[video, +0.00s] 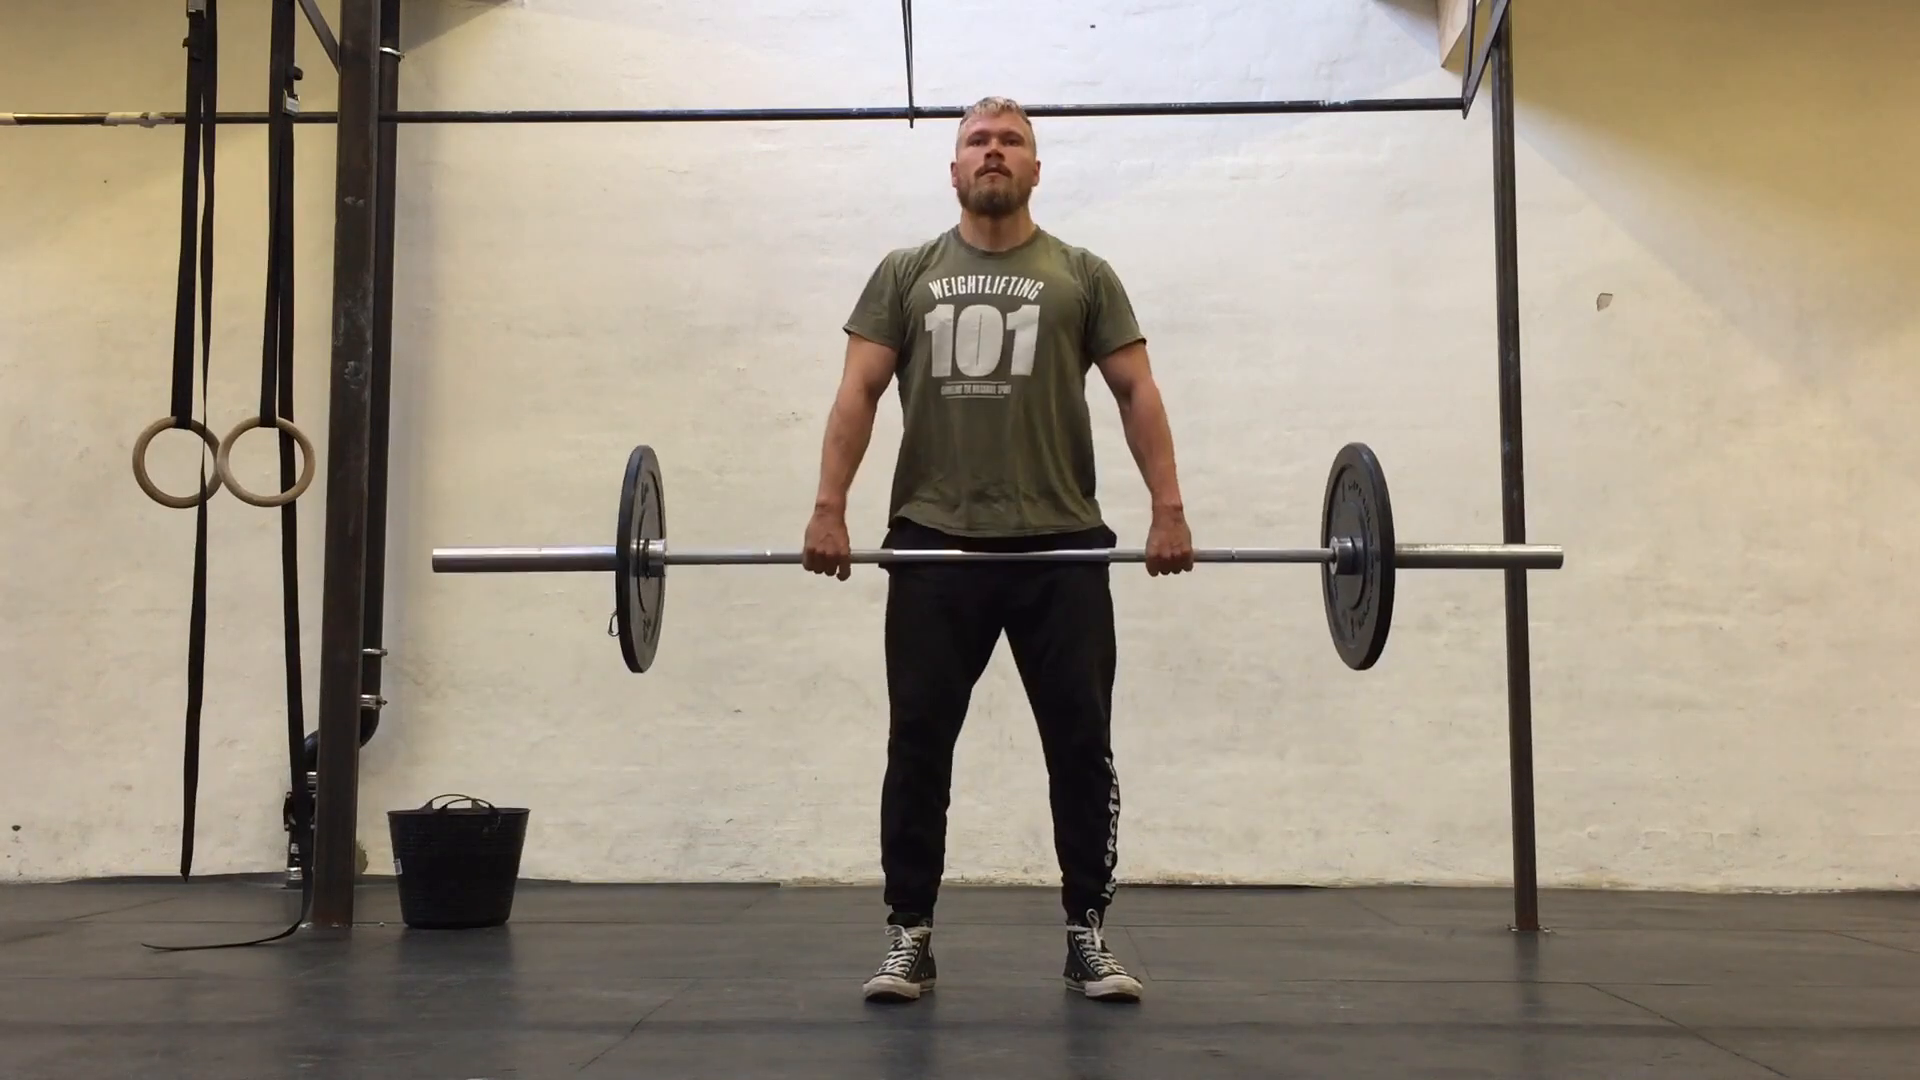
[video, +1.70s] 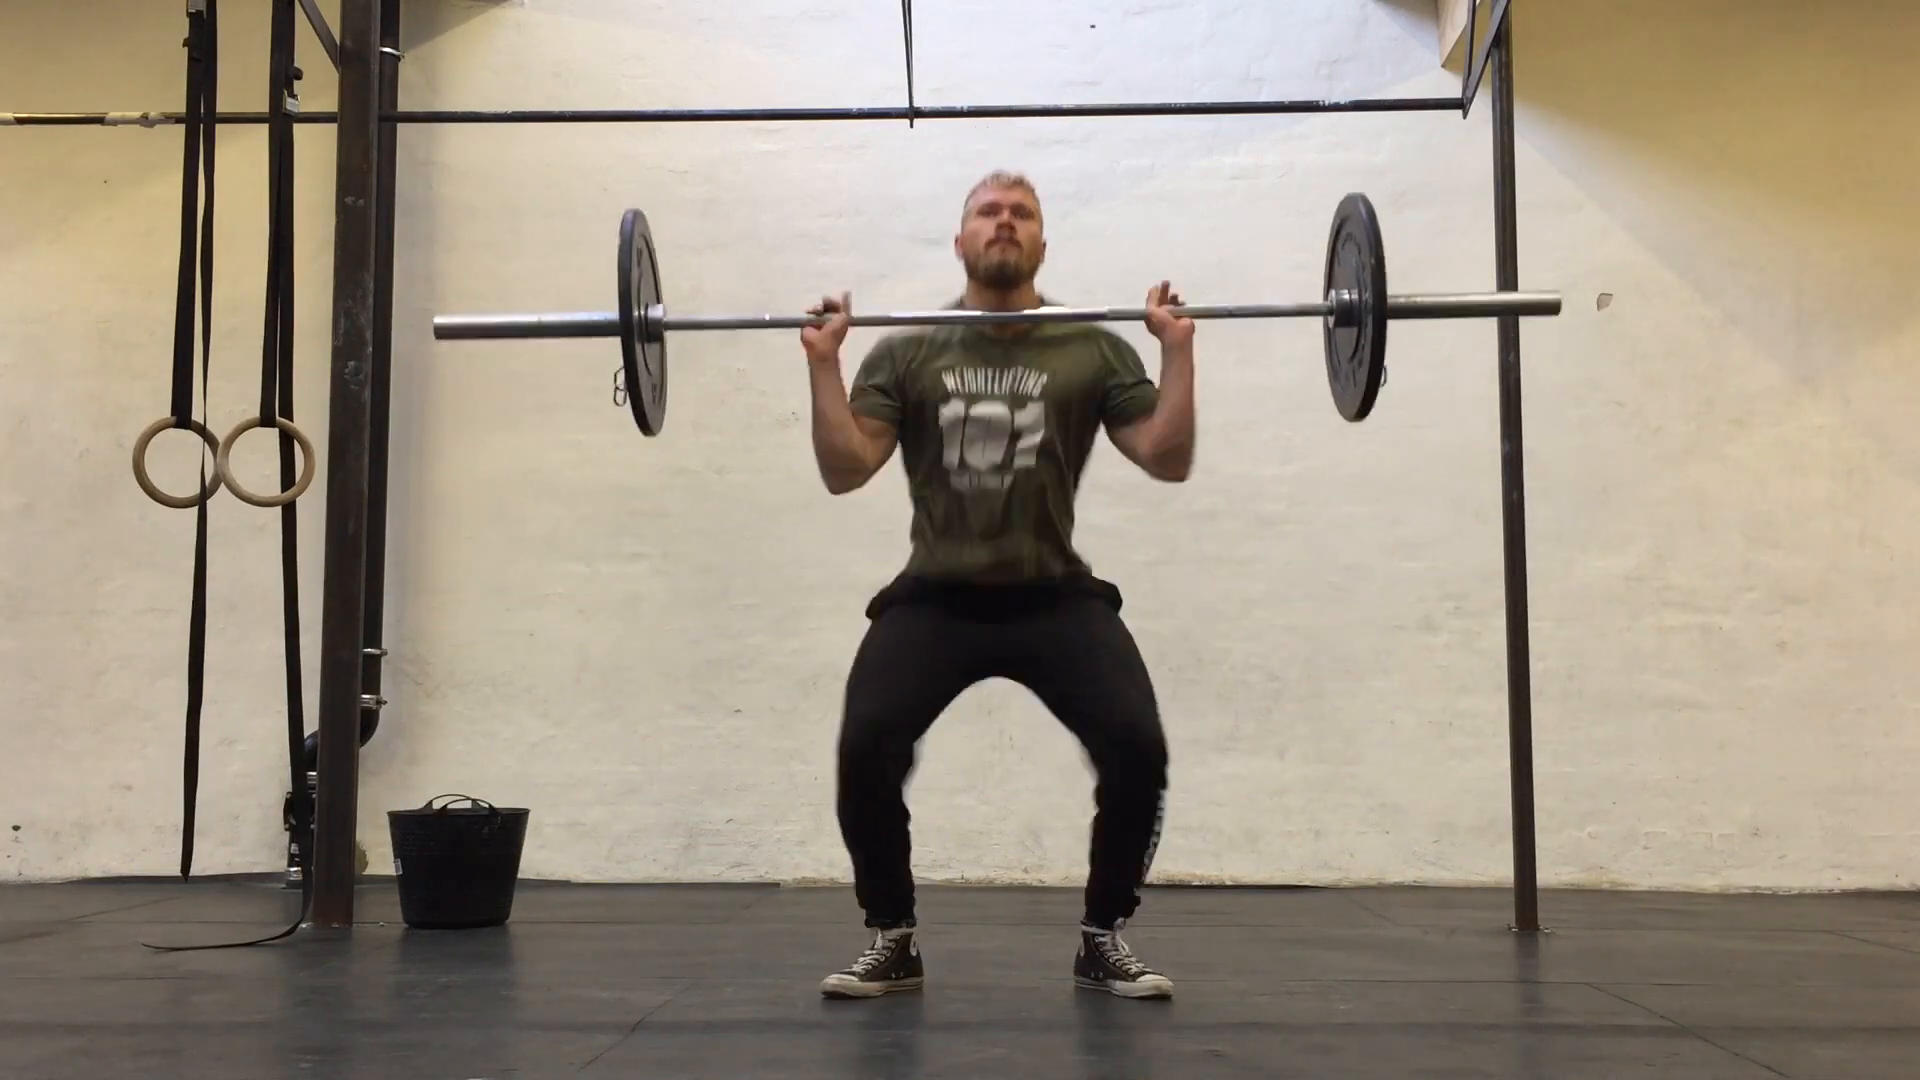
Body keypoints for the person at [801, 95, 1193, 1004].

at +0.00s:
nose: (992, 149)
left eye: (1010, 139)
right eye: (977, 139)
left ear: (1037, 169)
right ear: (953, 167)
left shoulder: (1082, 274)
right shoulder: (906, 273)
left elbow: (1135, 388)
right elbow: (858, 391)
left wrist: (1168, 507)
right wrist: (829, 507)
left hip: (1061, 543)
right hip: (935, 543)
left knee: (1081, 747)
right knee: (917, 745)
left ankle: (1088, 939)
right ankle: (908, 937)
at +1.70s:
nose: (1004, 221)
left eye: (1020, 212)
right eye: (987, 210)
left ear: (1042, 246)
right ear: (959, 242)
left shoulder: (1091, 350)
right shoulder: (908, 355)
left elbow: (1168, 460)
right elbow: (843, 472)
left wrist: (1177, 349)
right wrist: (824, 365)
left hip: (1055, 602)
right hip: (933, 603)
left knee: (1137, 752)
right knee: (865, 749)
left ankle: (1104, 944)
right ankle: (891, 942)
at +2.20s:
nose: (996, 186)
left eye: (1012, 181)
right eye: (980, 182)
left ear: (1039, 217)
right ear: (956, 219)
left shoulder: (1075, 298)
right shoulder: (923, 302)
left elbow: (1157, 331)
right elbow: (862, 345)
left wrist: (1163, 258)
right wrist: (839, 270)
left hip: (1066, 577)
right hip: (944, 576)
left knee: (1118, 756)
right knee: (887, 757)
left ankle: (1102, 947)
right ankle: (893, 946)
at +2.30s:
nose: (998, 168)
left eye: (1015, 160)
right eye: (984, 160)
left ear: (1040, 187)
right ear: (961, 187)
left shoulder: (1076, 259)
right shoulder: (924, 264)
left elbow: (1170, 241)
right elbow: (843, 259)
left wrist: (1168, 153)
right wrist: (833, 167)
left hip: (1063, 533)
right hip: (946, 534)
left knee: (1090, 730)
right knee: (921, 733)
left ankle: (1111, 931)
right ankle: (893, 935)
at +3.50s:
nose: (1005, 159)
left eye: (1021, 150)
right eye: (988, 149)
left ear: (1045, 178)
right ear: (964, 179)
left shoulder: (1088, 263)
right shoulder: (921, 258)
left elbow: (1202, 293)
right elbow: (798, 274)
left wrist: (1188, 303)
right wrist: (834, 286)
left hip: (1067, 527)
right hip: (953, 527)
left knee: (1098, 729)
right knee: (925, 730)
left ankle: (1111, 928)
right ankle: (901, 930)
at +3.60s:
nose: (1009, 156)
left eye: (1025, 146)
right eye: (993, 145)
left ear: (1048, 173)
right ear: (966, 172)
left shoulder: (1090, 262)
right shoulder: (924, 263)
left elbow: (1194, 332)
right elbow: (820, 332)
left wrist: (1183, 416)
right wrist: (839, 406)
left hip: (1068, 526)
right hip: (957, 526)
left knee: (1099, 724)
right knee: (927, 723)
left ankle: (1110, 927)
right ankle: (902, 929)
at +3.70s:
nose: (1007, 174)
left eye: (1023, 164)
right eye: (991, 163)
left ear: (1048, 194)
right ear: (964, 193)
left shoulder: (1096, 298)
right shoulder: (918, 301)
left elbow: (1170, 402)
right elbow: (844, 403)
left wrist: (1179, 524)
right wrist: (843, 514)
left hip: (1074, 567)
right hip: (951, 568)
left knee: (1110, 750)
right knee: (918, 752)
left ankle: (1106, 936)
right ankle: (904, 938)